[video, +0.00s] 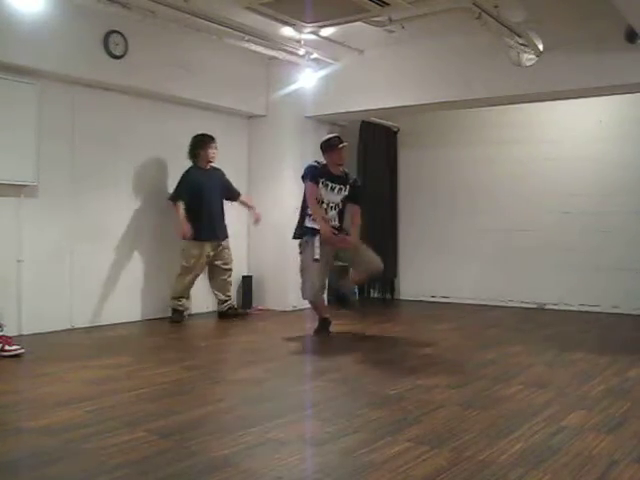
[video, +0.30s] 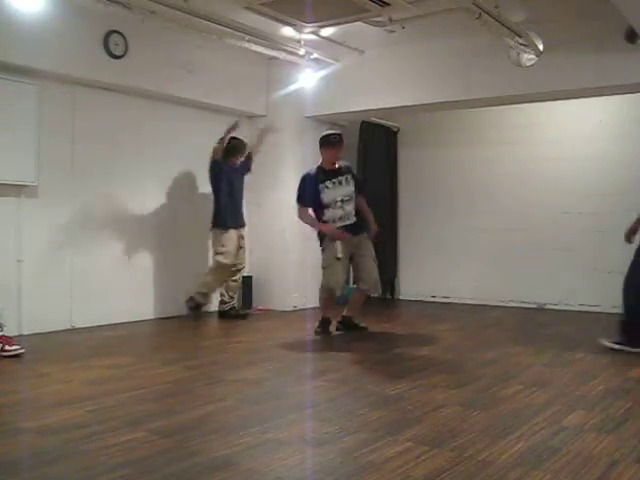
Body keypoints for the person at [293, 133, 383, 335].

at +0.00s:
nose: (340, 156)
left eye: (342, 151)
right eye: (335, 152)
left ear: (345, 152)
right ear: (326, 154)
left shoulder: (351, 182)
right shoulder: (314, 171)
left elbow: (354, 213)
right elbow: (312, 202)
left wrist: (354, 237)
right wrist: (324, 226)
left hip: (340, 234)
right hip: (314, 234)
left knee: (373, 265)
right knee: (311, 290)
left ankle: (343, 286)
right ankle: (323, 318)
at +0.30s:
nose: (336, 155)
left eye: (339, 150)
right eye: (332, 150)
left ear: (341, 150)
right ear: (322, 150)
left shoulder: (347, 172)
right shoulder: (311, 179)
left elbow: (358, 198)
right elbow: (303, 213)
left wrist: (370, 221)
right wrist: (323, 228)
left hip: (358, 234)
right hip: (334, 237)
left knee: (369, 280)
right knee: (332, 283)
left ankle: (348, 318)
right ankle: (325, 319)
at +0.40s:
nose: (340, 152)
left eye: (342, 148)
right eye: (336, 148)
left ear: (344, 148)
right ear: (326, 148)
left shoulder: (350, 167)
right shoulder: (314, 175)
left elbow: (362, 182)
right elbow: (303, 204)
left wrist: (363, 194)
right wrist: (324, 203)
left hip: (356, 231)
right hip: (332, 234)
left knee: (367, 280)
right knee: (330, 282)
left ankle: (347, 317)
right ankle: (324, 319)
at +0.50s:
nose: (340, 150)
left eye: (343, 145)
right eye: (336, 146)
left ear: (347, 145)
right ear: (327, 146)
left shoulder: (352, 160)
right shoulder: (315, 163)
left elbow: (369, 171)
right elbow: (303, 185)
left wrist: (360, 167)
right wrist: (326, 173)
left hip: (352, 226)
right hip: (328, 227)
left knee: (361, 276)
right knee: (328, 275)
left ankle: (346, 317)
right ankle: (323, 318)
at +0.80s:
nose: (328, 148)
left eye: (332, 144)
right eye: (324, 144)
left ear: (339, 144)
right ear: (318, 143)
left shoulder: (346, 163)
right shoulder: (307, 162)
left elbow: (356, 185)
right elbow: (282, 177)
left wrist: (332, 178)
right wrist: (298, 171)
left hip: (338, 226)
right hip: (312, 226)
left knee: (342, 273)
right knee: (311, 271)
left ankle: (340, 316)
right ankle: (305, 317)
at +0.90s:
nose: (335, 149)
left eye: (336, 144)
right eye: (333, 145)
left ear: (337, 144)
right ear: (325, 144)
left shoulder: (342, 165)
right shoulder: (304, 164)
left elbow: (323, 188)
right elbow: (283, 185)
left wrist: (294, 204)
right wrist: (268, 203)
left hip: (333, 227)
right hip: (309, 228)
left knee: (338, 277)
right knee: (307, 278)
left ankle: (338, 318)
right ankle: (304, 319)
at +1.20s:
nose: (319, 145)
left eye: (323, 141)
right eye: (316, 141)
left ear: (329, 143)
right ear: (310, 142)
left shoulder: (337, 167)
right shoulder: (300, 163)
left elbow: (339, 196)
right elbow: (291, 188)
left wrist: (315, 201)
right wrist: (283, 206)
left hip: (329, 232)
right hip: (302, 231)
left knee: (340, 279)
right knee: (295, 278)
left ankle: (337, 317)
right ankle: (301, 318)